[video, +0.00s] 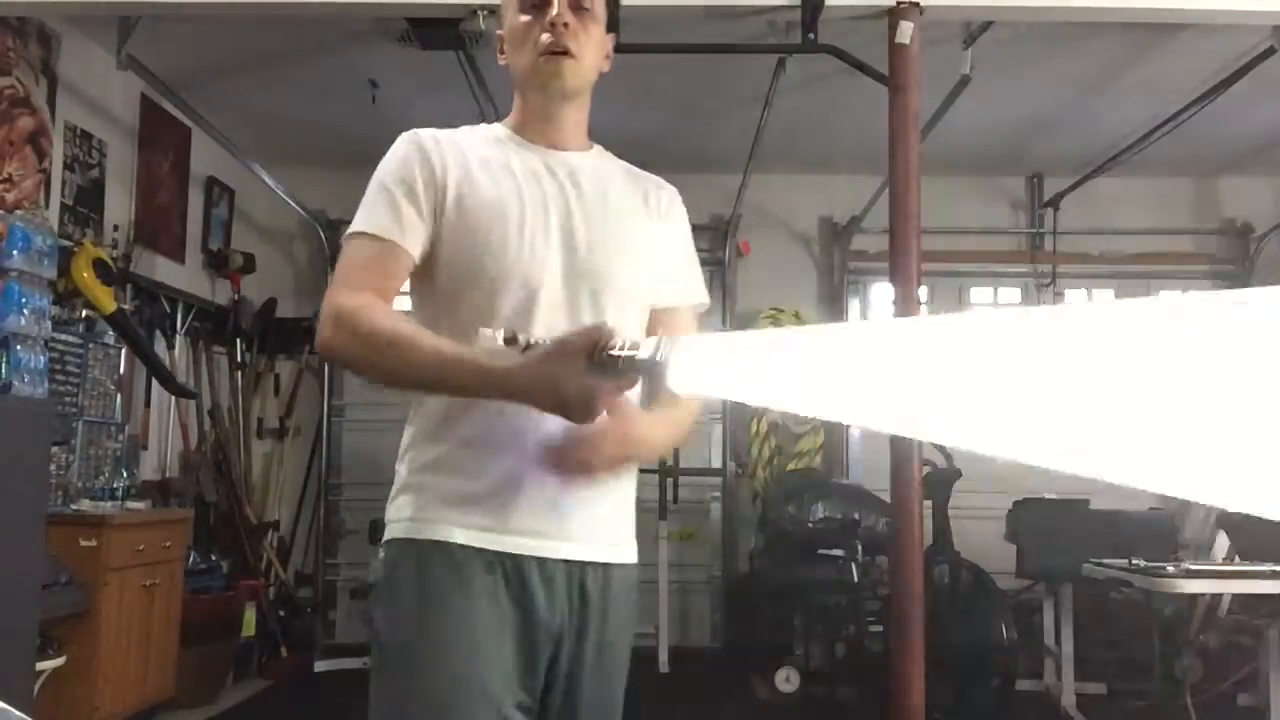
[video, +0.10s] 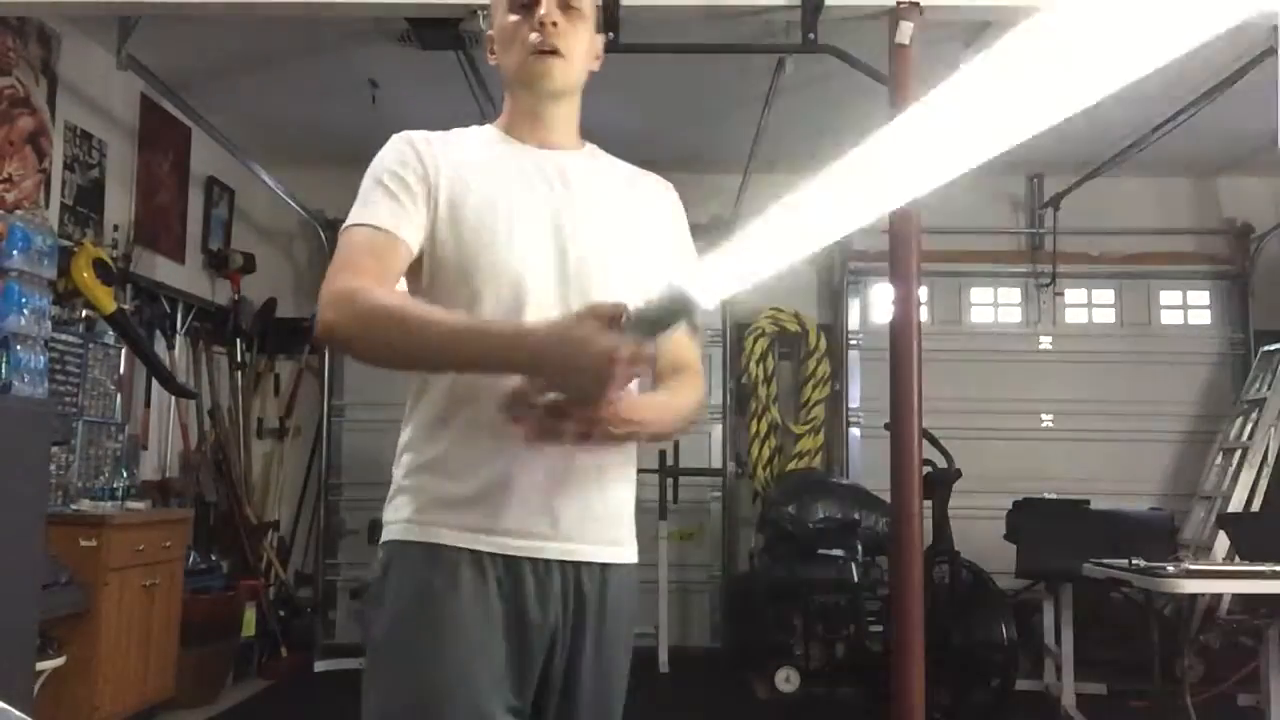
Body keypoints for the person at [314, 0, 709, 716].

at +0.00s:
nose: (558, 16)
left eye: (581, 6)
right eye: (534, 5)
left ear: (608, 50)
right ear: (501, 43)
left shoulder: (656, 204)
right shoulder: (430, 158)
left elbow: (684, 386)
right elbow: (345, 323)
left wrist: (640, 436)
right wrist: (520, 377)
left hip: (601, 562)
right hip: (453, 553)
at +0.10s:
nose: (545, 15)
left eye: (570, 6)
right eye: (523, 4)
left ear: (599, 49)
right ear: (490, 41)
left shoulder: (652, 201)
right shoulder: (422, 158)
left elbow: (686, 384)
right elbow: (344, 310)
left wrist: (626, 415)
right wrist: (535, 348)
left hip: (599, 564)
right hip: (447, 555)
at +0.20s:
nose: (529, 12)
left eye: (554, 4)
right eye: (507, 2)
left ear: (585, 47)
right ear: (476, 41)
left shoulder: (642, 196)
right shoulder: (411, 158)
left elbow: (680, 374)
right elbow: (348, 308)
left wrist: (622, 405)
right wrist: (556, 326)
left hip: (596, 562)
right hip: (441, 555)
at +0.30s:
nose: (509, 11)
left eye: (532, 2)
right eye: (485, 2)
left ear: (565, 42)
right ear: (456, 40)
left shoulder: (626, 195)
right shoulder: (390, 157)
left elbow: (664, 358)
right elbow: (345, 316)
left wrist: (649, 399)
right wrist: (550, 315)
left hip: (587, 564)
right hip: (430, 559)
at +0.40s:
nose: (480, 8)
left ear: (536, 34)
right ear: (425, 31)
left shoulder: (605, 192)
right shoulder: (362, 156)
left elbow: (633, 358)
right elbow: (336, 323)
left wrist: (636, 399)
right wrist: (558, 326)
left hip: (574, 572)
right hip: (411, 568)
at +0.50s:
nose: (444, 5)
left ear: (502, 29)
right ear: (384, 25)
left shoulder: (574, 187)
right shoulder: (323, 150)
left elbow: (611, 354)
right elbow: (312, 326)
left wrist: (617, 405)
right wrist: (542, 338)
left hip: (548, 576)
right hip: (376, 572)